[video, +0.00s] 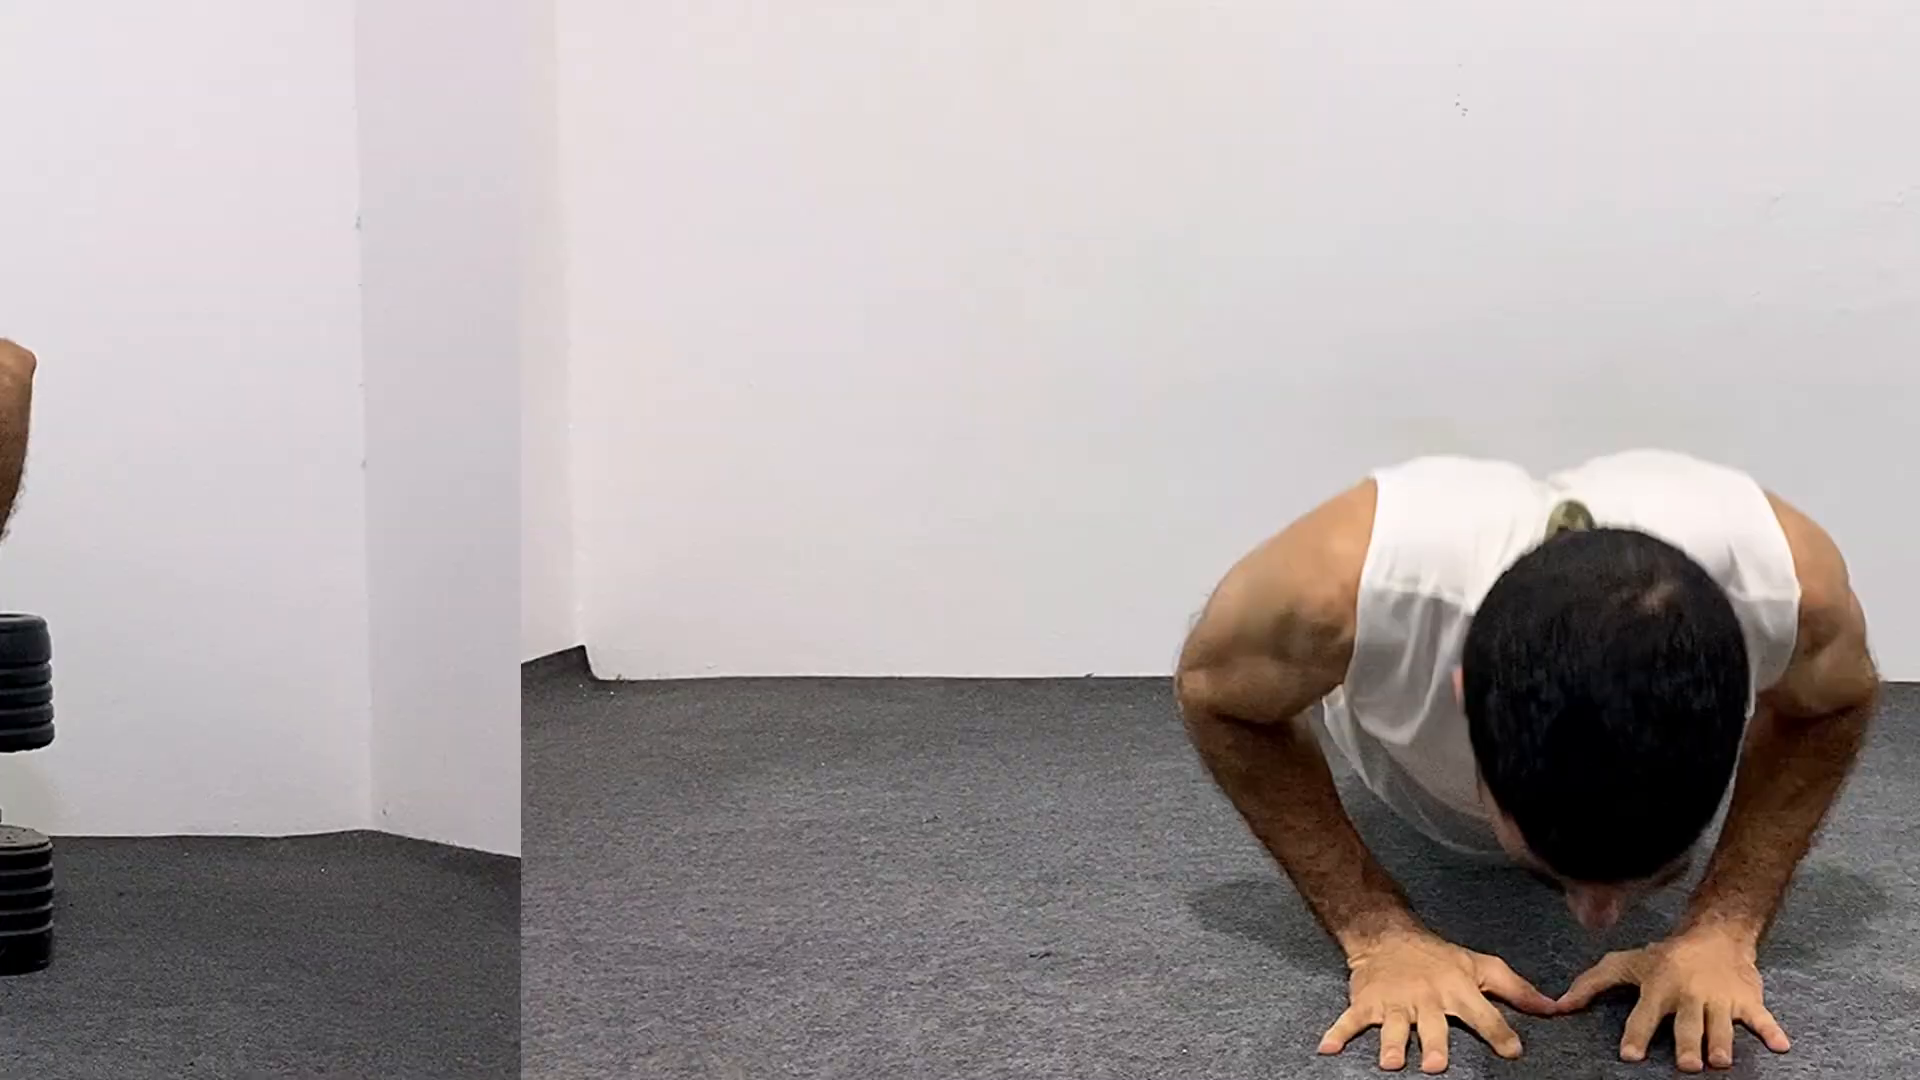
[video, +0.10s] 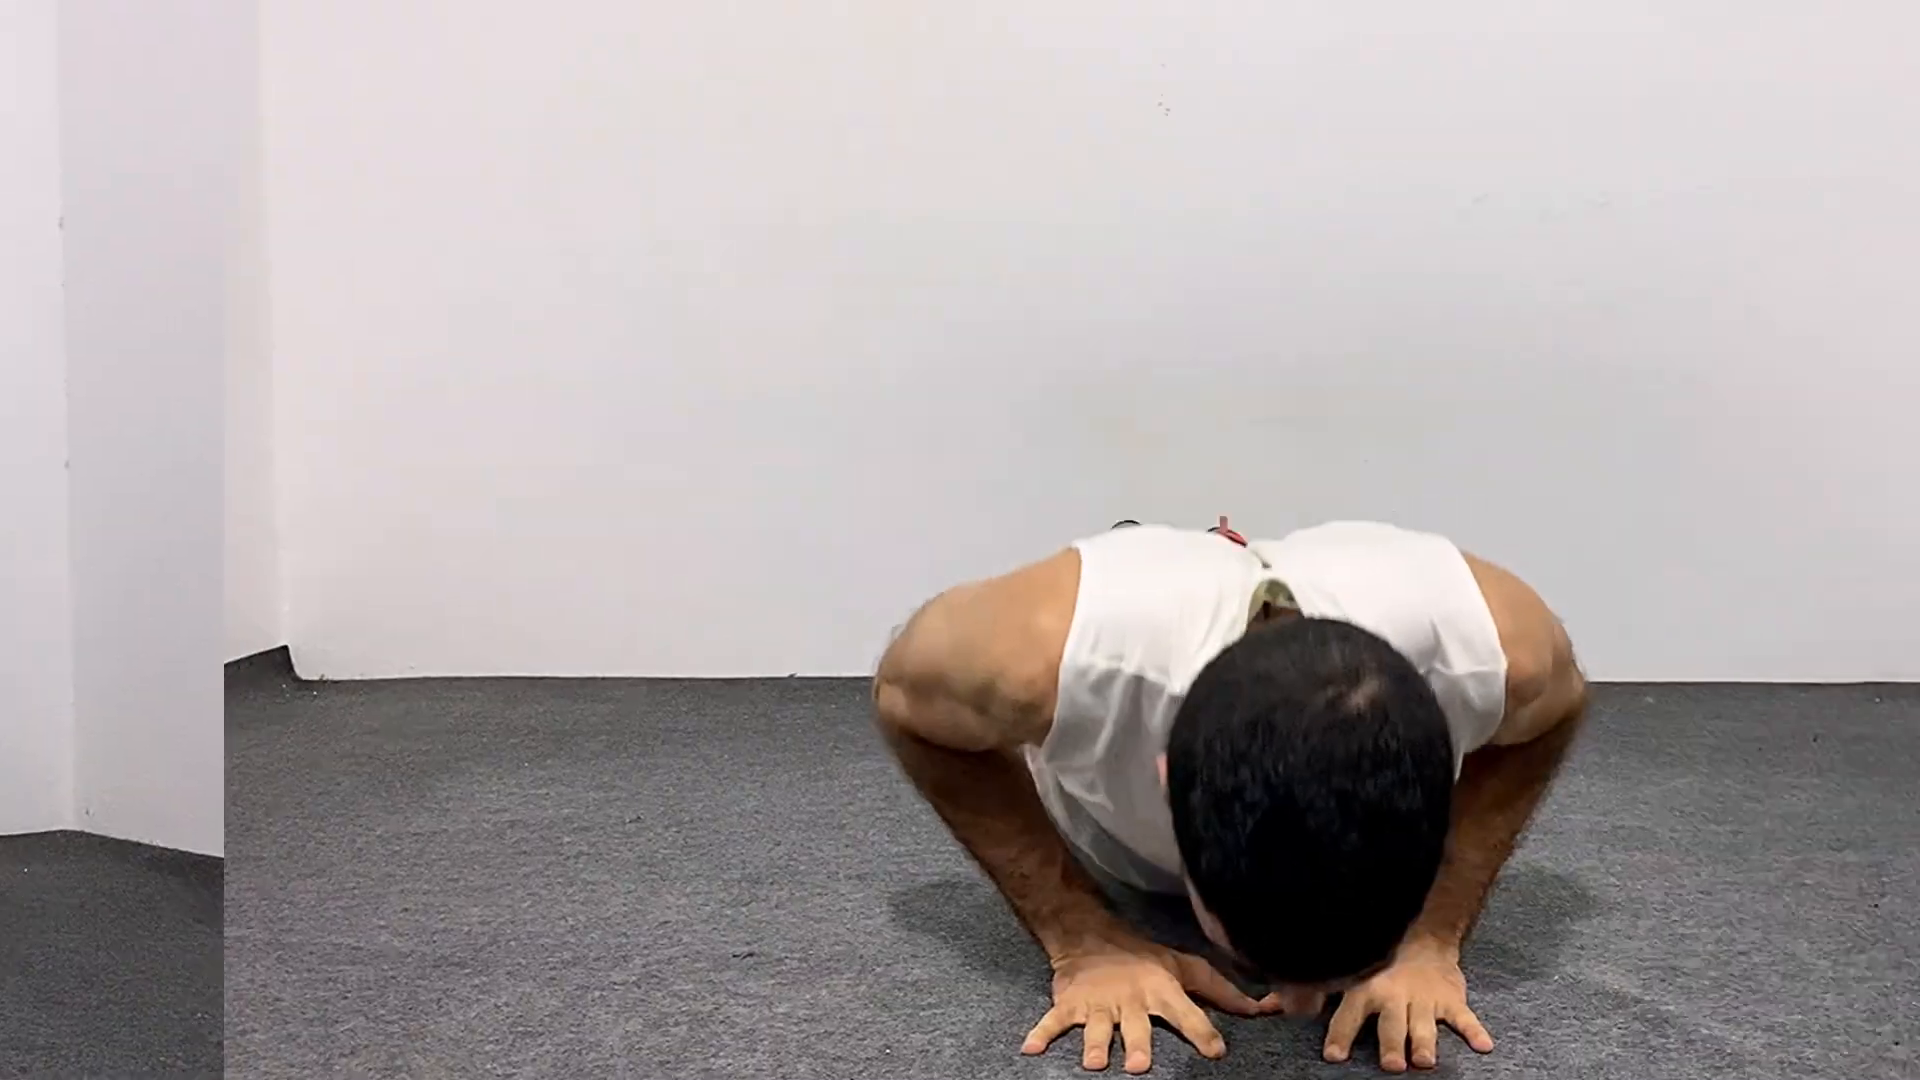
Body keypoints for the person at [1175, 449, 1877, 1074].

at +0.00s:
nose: (1596, 916)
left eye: (1643, 875)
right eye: (1545, 866)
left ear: (1733, 726)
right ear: (1464, 695)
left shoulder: (1798, 590)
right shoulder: (1336, 588)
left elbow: (1823, 704)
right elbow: (1222, 696)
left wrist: (1726, 928)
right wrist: (1378, 931)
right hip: (1407, 779)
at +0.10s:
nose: (1282, 1001)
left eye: (1331, 977)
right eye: (1243, 966)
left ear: (1441, 803)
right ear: (1172, 787)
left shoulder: (1507, 653)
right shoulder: (1035, 652)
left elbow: (1549, 712)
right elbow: (914, 697)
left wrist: (1437, 937)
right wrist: (1082, 938)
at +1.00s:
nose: (1060, 384)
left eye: (1102, 347)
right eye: (1018, 341)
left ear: (1174, 259)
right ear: (943, 227)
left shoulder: (1255, 255)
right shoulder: (805, 246)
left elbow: (1238, 603)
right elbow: (815, 596)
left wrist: (1192, 927)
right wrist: (870, 928)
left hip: (1088, 556)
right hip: (910, 562)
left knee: (1051, 632)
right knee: (912, 652)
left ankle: (1028, 648)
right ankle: (912, 663)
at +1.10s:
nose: (1066, 376)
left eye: (1112, 338)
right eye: (1025, 333)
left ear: (1181, 243)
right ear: (946, 201)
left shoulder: (1259, 248)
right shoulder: (808, 237)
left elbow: (1233, 602)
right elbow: (832, 599)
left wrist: (1192, 930)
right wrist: (872, 933)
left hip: (1090, 535)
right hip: (917, 541)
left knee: (1045, 609)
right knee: (922, 621)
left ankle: (1019, 632)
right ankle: (915, 652)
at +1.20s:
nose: (1071, 422)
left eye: (1117, 389)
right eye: (1032, 381)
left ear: (1191, 284)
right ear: (953, 243)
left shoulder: (1268, 270)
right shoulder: (814, 254)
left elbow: (1254, 605)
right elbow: (803, 598)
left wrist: (1194, 931)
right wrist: (870, 928)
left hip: (1093, 543)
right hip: (911, 543)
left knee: (1048, 614)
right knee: (915, 623)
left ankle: (1020, 637)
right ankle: (911, 651)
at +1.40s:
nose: (1082, 633)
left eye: (1124, 601)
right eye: (1043, 592)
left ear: (1203, 506)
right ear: (965, 456)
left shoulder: (1277, 390)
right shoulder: (832, 376)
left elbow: (1305, 654)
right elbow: (721, 651)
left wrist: (1200, 930)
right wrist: (865, 935)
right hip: (913, 616)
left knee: (1054, 677)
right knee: (916, 672)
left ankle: (1040, 676)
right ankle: (910, 673)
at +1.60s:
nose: (1086, 894)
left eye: (1133, 862)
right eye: (1047, 856)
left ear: (1230, 706)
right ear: (963, 681)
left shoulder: (1297, 579)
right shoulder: (840, 559)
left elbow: (1321, 713)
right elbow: (698, 688)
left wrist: (1205, 928)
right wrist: (858, 928)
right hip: (912, 766)